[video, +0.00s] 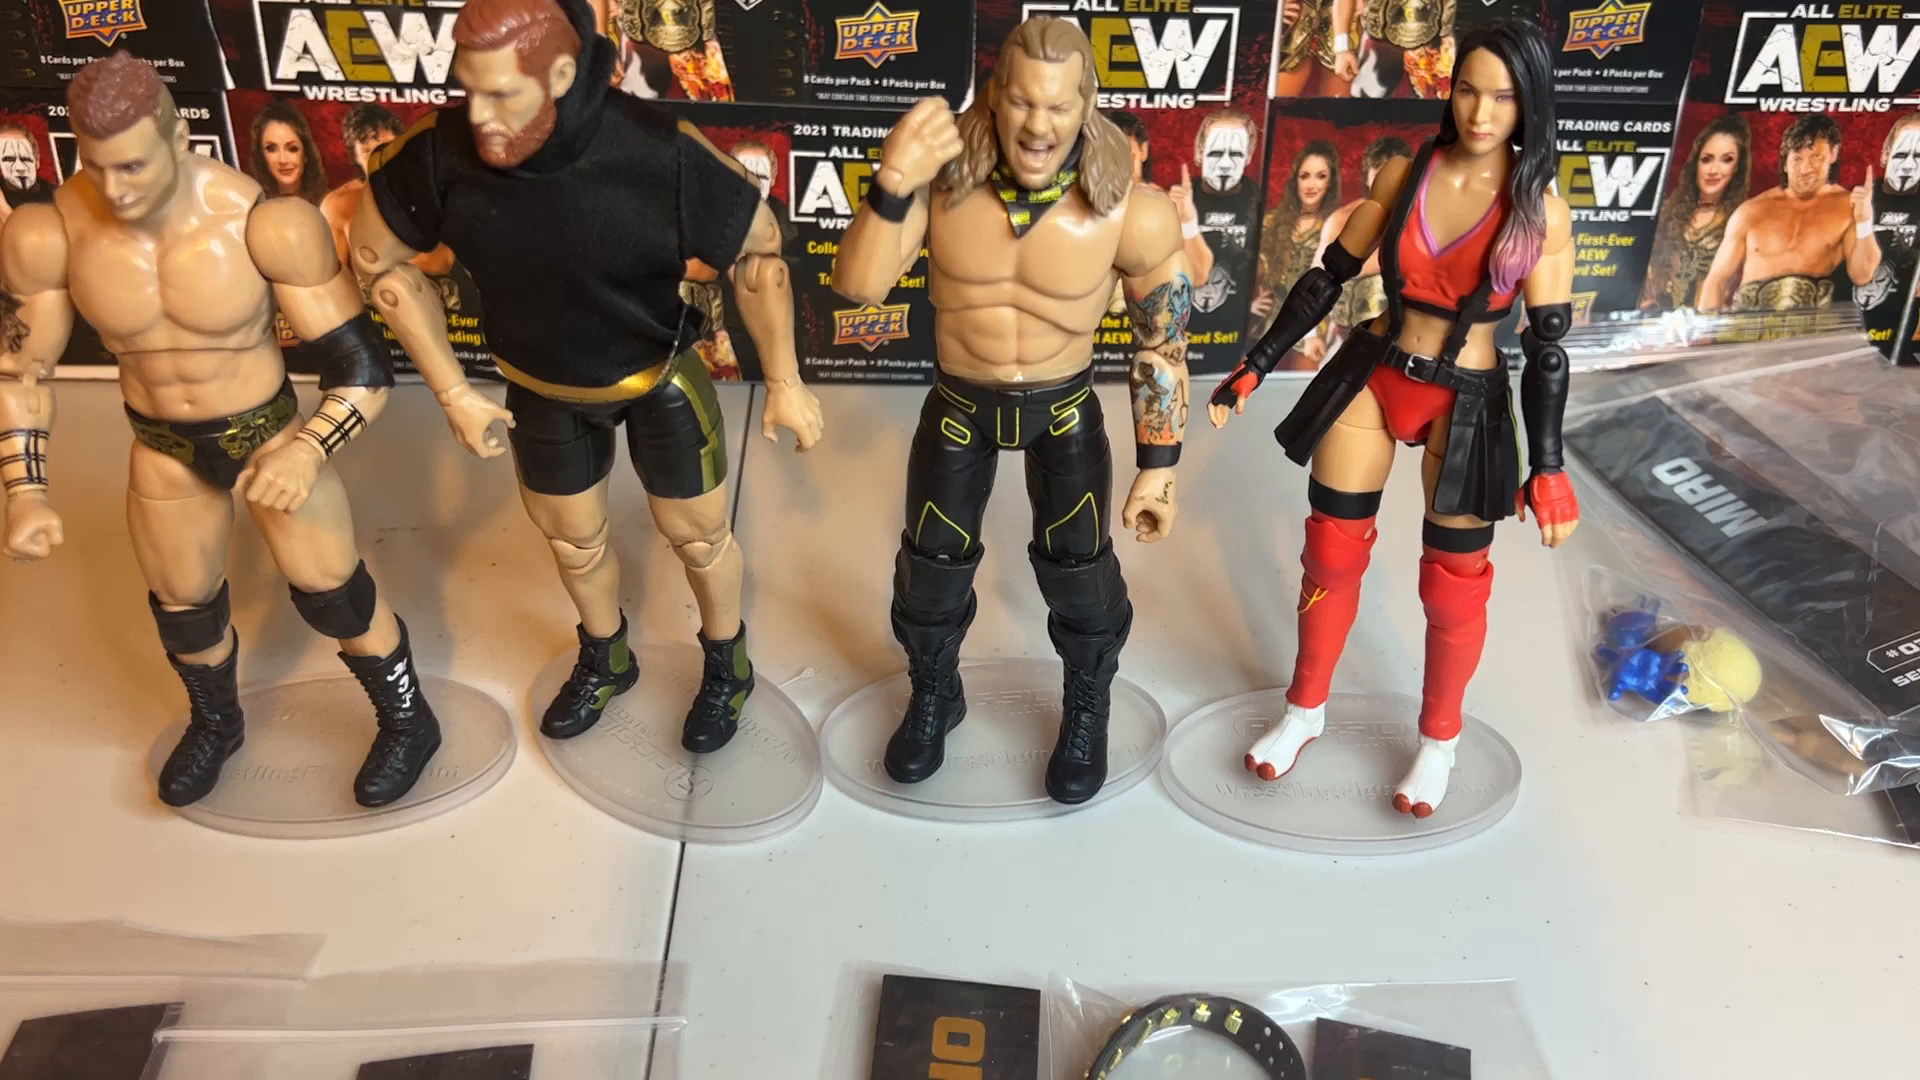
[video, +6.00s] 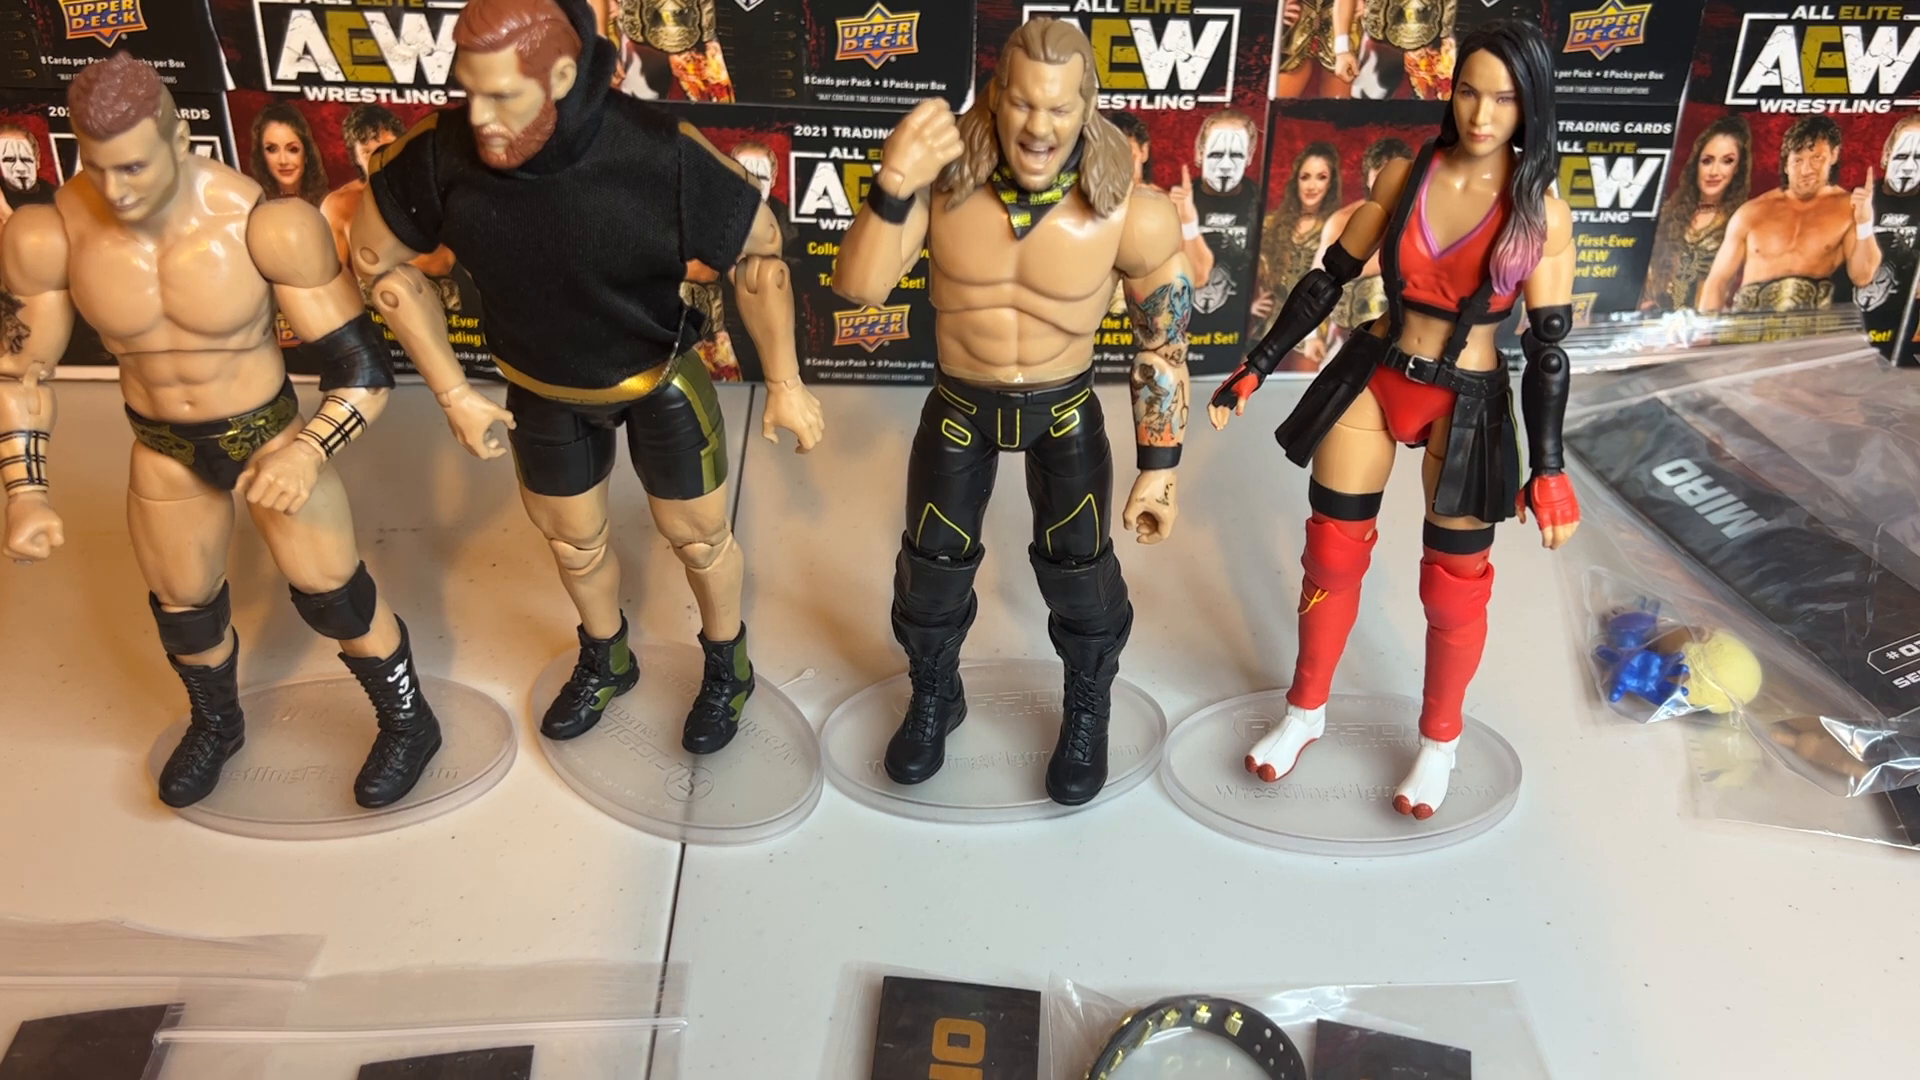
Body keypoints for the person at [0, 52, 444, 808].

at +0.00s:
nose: (117, 187)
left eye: (134, 166)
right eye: (100, 168)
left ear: (177, 137)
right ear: (80, 151)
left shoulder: (267, 224)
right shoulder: (54, 231)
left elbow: (362, 369)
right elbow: (21, 371)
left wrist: (311, 445)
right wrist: (21, 486)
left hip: (268, 440)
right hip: (161, 450)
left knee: (336, 598)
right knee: (185, 616)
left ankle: (408, 721)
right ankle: (216, 722)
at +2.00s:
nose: (117, 188)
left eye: (134, 167)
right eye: (100, 169)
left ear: (178, 138)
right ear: (80, 151)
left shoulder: (267, 225)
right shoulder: (53, 232)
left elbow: (362, 370)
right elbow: (23, 372)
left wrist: (311, 446)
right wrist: (21, 486)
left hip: (269, 441)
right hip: (161, 451)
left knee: (336, 599)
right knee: (186, 617)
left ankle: (408, 721)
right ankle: (216, 722)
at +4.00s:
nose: (118, 188)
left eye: (134, 167)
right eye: (100, 169)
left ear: (177, 138)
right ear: (80, 152)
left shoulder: (267, 225)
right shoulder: (52, 233)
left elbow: (363, 370)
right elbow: (23, 373)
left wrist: (311, 446)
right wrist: (22, 487)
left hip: (268, 441)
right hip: (161, 452)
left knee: (336, 599)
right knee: (186, 617)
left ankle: (409, 722)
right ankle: (217, 722)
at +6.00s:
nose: (118, 188)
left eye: (134, 167)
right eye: (100, 169)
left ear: (178, 138)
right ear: (81, 151)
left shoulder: (268, 225)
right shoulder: (54, 232)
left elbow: (362, 369)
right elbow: (23, 372)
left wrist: (312, 446)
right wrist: (22, 486)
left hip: (269, 441)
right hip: (161, 451)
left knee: (336, 599)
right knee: (186, 617)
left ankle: (408, 722)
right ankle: (216, 723)